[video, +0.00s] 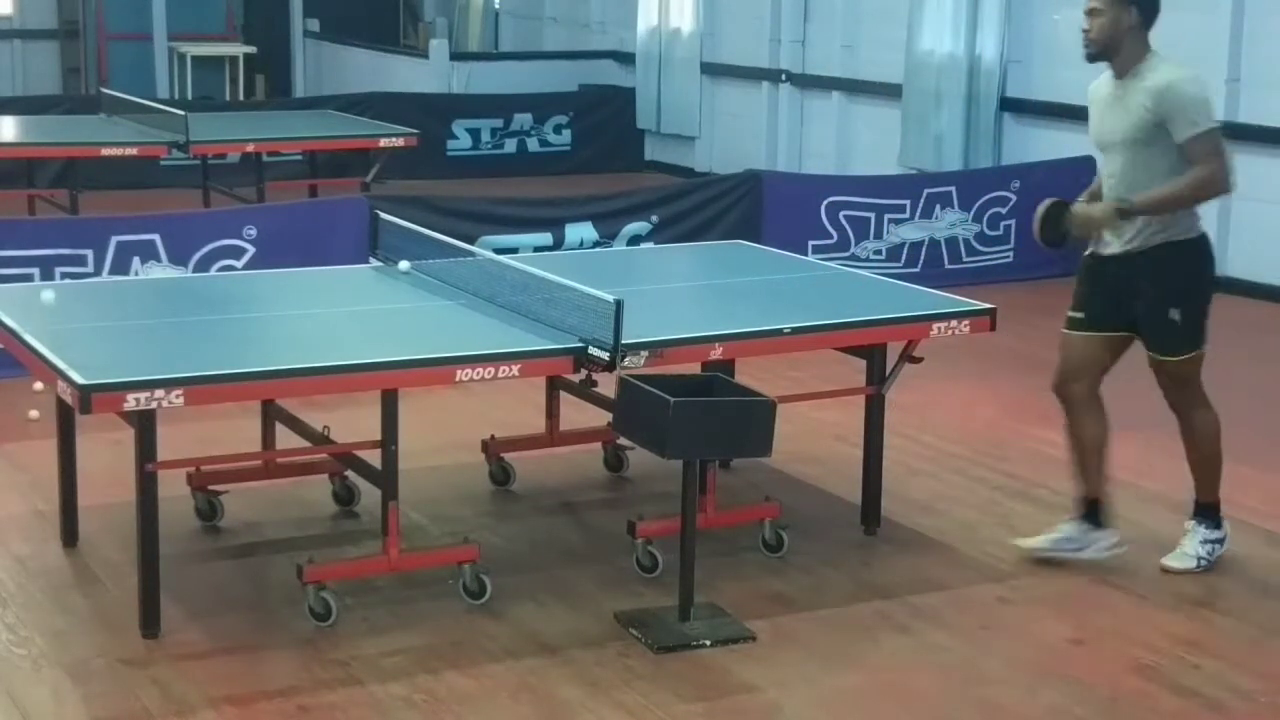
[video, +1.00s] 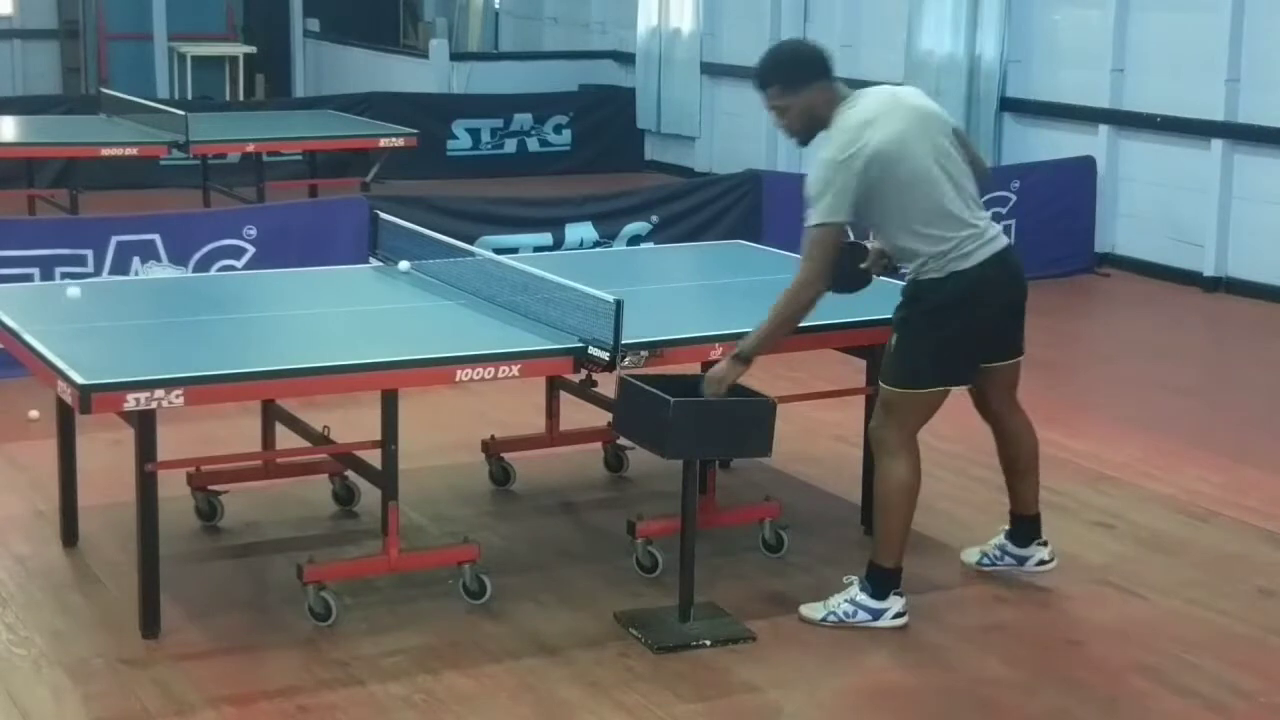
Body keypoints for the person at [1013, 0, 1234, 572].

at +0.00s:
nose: (1085, 24)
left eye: (1096, 14)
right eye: (1086, 15)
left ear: (1134, 19)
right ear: (1116, 22)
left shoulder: (1174, 85)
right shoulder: (1100, 89)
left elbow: (1214, 176)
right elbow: (1117, 172)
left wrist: (1122, 210)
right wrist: (1078, 211)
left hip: (1173, 261)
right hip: (1112, 261)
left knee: (1184, 392)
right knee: (1073, 383)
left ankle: (1207, 524)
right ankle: (1092, 522)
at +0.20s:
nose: (1048, 35)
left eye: (1059, 23)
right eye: (1050, 24)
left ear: (1095, 32)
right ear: (1085, 34)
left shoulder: (1130, 97)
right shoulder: (1073, 103)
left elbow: (1146, 195)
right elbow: (1088, 198)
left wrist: (1051, 217)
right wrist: (1031, 225)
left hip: (1132, 277)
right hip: (1073, 276)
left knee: (1155, 407)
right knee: (1044, 402)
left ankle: (1202, 518)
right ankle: (1041, 545)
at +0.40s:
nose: (999, 32)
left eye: (1009, 20)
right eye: (1001, 21)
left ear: (1044, 25)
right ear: (1034, 27)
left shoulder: (1079, 95)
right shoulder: (1031, 98)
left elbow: (1101, 195)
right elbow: (1040, 191)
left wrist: (1011, 218)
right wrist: (992, 216)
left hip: (1070, 270)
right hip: (1026, 268)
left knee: (1037, 410)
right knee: (1017, 408)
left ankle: (1119, 501)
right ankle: (1038, 547)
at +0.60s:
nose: (931, 45)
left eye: (941, 32)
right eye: (932, 33)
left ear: (979, 34)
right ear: (971, 36)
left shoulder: (1005, 104)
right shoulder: (990, 101)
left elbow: (1029, 209)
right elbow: (994, 194)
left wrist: (940, 237)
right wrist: (928, 206)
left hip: (1009, 278)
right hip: (1013, 273)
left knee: (959, 425)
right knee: (1013, 415)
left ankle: (935, 576)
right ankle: (1040, 549)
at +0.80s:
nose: (848, 84)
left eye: (854, 71)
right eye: (845, 72)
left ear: (887, 61)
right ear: (899, 61)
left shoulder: (917, 125)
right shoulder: (958, 103)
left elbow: (915, 244)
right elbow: (962, 199)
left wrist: (827, 298)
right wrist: (896, 229)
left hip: (964, 290)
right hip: (1004, 280)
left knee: (897, 425)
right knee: (993, 412)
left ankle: (881, 591)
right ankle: (1036, 544)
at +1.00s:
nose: (778, 122)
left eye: (781, 108)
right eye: (773, 110)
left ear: (814, 92)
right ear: (823, 86)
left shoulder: (835, 155)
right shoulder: (905, 97)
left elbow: (814, 279)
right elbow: (974, 167)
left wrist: (741, 356)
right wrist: (898, 243)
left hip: (944, 292)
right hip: (1000, 272)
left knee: (892, 430)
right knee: (1001, 402)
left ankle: (880, 591)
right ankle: (1028, 540)